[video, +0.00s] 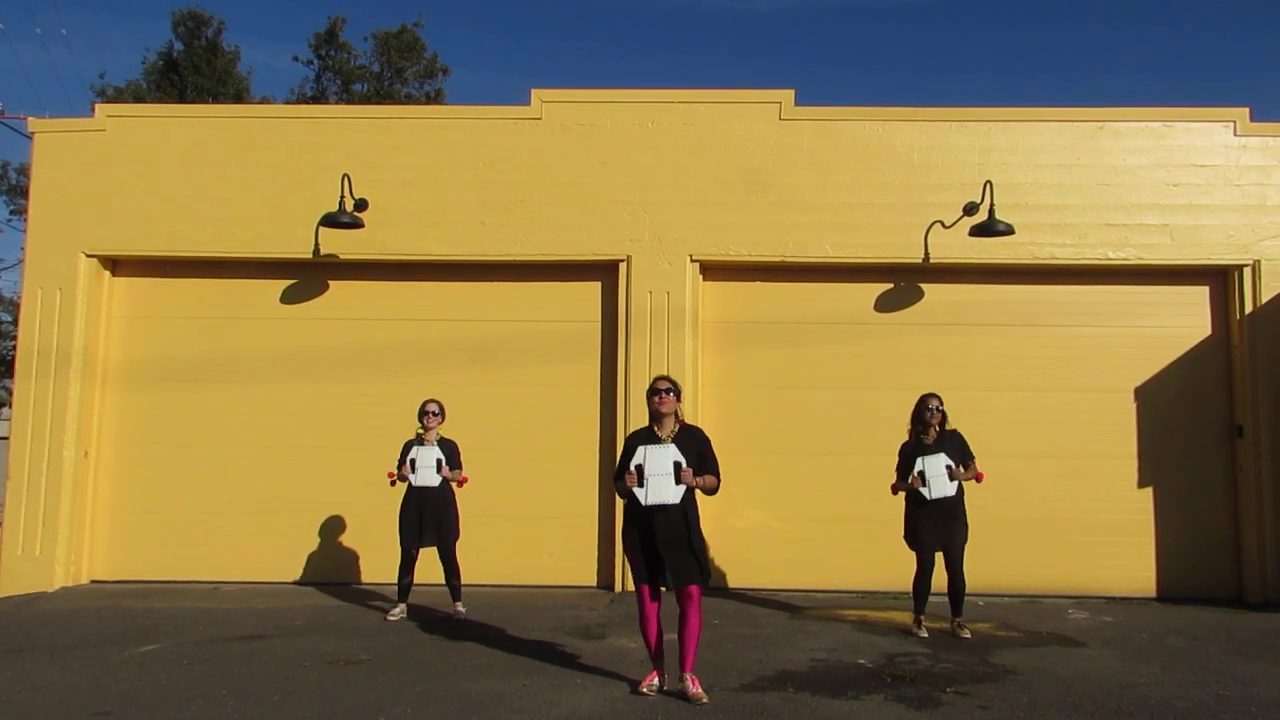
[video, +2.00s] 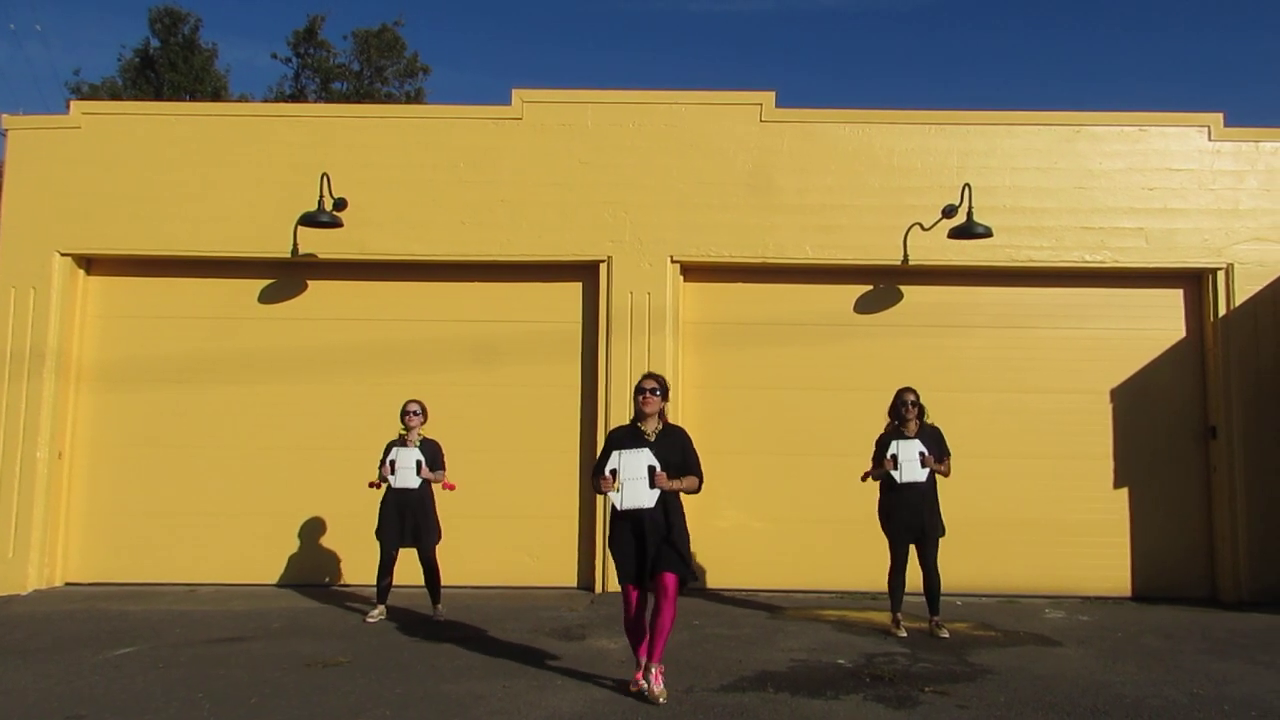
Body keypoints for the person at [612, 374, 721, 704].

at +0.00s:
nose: (661, 397)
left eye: (667, 393)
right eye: (655, 393)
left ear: (678, 400)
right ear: (648, 400)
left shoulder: (695, 437)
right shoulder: (636, 440)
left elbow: (713, 483)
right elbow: (619, 485)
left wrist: (695, 480)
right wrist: (626, 483)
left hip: (682, 530)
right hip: (641, 532)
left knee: (691, 598)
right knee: (648, 600)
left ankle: (687, 675)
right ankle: (657, 672)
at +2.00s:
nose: (647, 397)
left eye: (654, 392)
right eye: (642, 392)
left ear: (664, 399)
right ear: (634, 398)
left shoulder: (677, 436)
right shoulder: (618, 436)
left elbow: (695, 481)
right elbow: (598, 474)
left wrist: (672, 483)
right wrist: (602, 483)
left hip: (667, 528)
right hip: (628, 530)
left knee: (667, 591)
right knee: (633, 603)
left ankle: (655, 668)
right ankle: (641, 666)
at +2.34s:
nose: (644, 388)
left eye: (651, 384)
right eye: (639, 384)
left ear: (661, 394)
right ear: (632, 393)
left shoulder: (676, 430)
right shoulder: (618, 431)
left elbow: (691, 475)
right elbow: (597, 473)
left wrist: (680, 500)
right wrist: (610, 494)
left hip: (666, 525)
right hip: (630, 526)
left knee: (660, 596)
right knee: (637, 597)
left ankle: (659, 672)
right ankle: (644, 665)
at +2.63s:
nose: (643, 390)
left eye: (650, 386)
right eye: (638, 386)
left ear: (660, 397)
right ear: (631, 395)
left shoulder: (675, 433)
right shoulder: (620, 429)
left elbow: (692, 478)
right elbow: (606, 470)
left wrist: (702, 502)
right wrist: (643, 493)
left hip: (668, 528)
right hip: (632, 528)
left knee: (661, 598)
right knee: (637, 599)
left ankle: (659, 674)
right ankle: (643, 670)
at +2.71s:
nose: (642, 391)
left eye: (648, 387)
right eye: (637, 387)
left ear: (658, 395)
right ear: (630, 396)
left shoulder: (673, 434)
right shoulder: (620, 427)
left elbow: (691, 472)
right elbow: (627, 459)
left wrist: (721, 481)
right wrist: (672, 465)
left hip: (667, 525)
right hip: (631, 524)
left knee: (660, 598)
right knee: (637, 599)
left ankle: (658, 674)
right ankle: (642, 669)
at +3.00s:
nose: (643, 392)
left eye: (649, 388)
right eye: (637, 388)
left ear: (660, 394)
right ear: (629, 396)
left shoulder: (675, 431)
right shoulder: (623, 426)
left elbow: (718, 435)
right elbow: (645, 403)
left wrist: (739, 399)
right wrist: (686, 380)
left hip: (667, 525)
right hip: (630, 525)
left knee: (662, 601)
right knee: (636, 606)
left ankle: (654, 673)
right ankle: (646, 663)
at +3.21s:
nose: (660, 415)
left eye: (665, 411)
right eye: (654, 410)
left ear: (673, 417)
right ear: (645, 416)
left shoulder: (682, 448)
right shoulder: (635, 445)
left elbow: (689, 408)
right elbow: (621, 409)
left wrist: (680, 361)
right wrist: (623, 362)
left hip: (667, 535)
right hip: (632, 534)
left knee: (660, 604)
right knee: (635, 607)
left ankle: (661, 677)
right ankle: (645, 673)